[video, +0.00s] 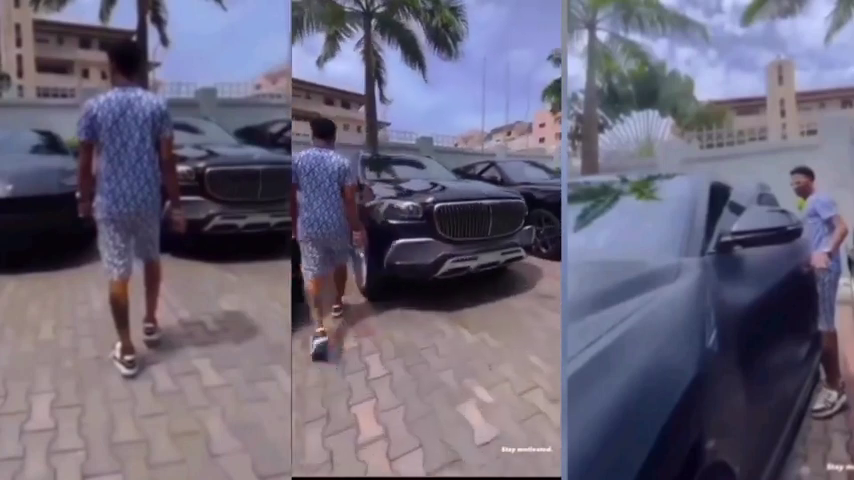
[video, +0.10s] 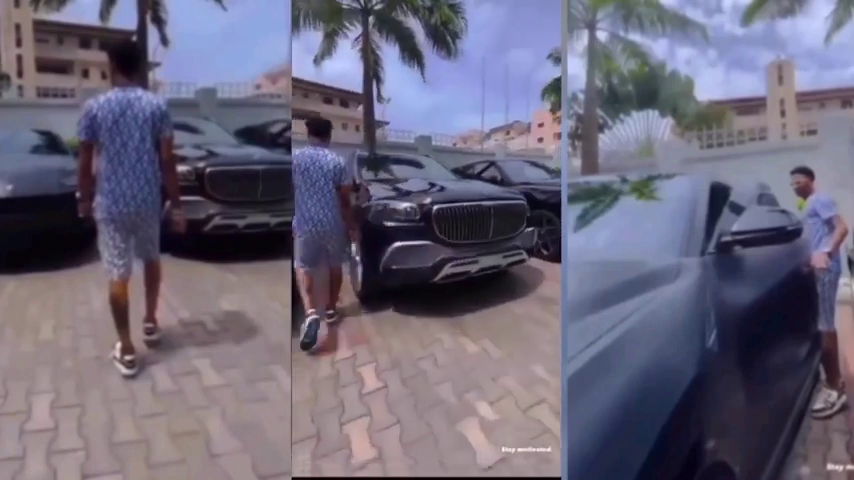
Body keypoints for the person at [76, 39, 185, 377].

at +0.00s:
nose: (110, 71)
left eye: (110, 66)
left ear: (112, 68)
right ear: (142, 67)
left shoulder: (95, 107)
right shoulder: (156, 106)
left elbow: (85, 161)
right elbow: (167, 160)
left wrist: (84, 199)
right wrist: (175, 202)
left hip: (110, 201)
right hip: (147, 200)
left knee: (118, 273)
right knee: (151, 260)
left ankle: (125, 348)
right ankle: (150, 319)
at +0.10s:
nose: (110, 71)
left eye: (110, 66)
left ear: (112, 68)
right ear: (142, 67)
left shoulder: (95, 107)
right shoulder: (156, 106)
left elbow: (85, 161)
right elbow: (167, 160)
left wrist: (84, 199)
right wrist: (175, 202)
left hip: (110, 201)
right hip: (147, 200)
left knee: (118, 273)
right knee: (151, 260)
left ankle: (125, 348)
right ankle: (150, 319)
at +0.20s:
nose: (110, 71)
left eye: (110, 66)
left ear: (112, 68)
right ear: (142, 67)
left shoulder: (95, 107)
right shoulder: (156, 106)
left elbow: (85, 161)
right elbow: (167, 160)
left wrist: (84, 199)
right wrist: (175, 202)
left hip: (110, 202)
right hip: (147, 200)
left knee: (118, 273)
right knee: (151, 260)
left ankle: (125, 348)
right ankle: (150, 319)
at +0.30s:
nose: (110, 71)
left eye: (110, 66)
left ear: (112, 68)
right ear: (142, 67)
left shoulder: (95, 107)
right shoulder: (156, 106)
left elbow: (85, 161)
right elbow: (167, 160)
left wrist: (84, 199)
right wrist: (175, 202)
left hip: (110, 201)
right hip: (147, 200)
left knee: (118, 273)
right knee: (151, 260)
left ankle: (125, 348)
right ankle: (150, 319)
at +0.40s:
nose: (110, 71)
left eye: (110, 66)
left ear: (112, 68)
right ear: (142, 67)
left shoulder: (95, 107)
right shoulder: (156, 106)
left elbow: (85, 161)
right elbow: (167, 160)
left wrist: (84, 199)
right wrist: (175, 202)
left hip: (110, 202)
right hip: (147, 200)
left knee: (118, 273)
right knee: (151, 260)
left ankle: (125, 348)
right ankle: (150, 319)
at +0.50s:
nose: (110, 71)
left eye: (110, 66)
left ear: (112, 68)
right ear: (142, 67)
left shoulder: (95, 107)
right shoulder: (156, 106)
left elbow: (85, 161)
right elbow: (167, 160)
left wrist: (84, 199)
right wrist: (175, 202)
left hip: (110, 202)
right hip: (147, 200)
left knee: (118, 273)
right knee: (151, 260)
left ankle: (125, 348)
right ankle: (150, 319)